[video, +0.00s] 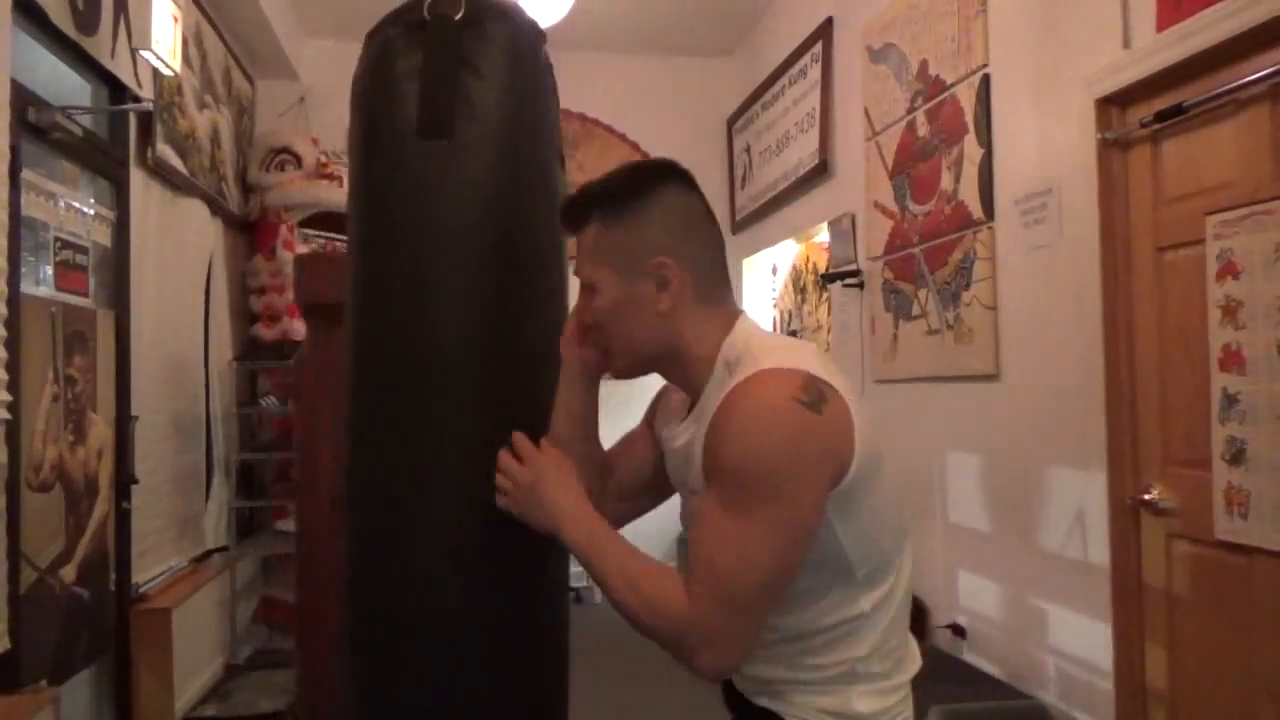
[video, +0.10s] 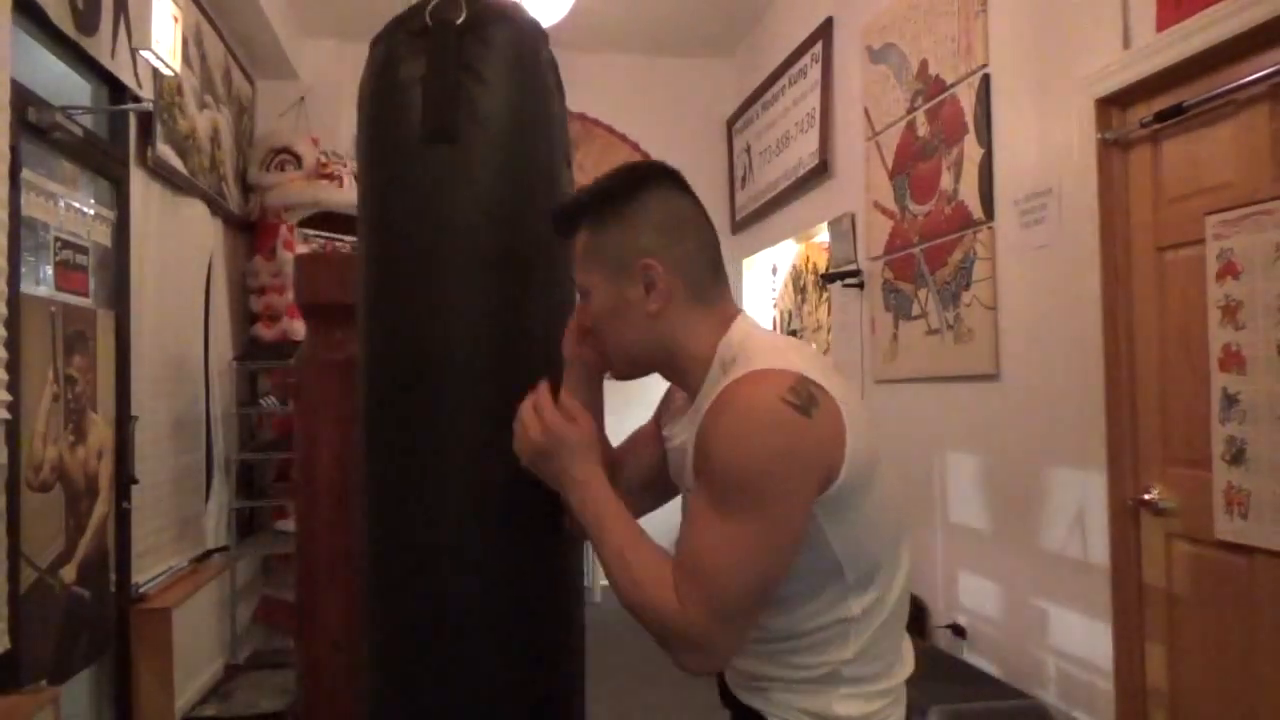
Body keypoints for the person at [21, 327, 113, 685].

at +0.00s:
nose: (70, 391)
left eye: (75, 382)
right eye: (65, 384)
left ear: (90, 384)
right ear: (60, 390)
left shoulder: (105, 432)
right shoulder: (62, 440)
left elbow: (105, 500)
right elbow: (37, 481)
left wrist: (75, 562)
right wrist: (44, 404)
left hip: (104, 554)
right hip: (74, 555)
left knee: (104, 635)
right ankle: (57, 695)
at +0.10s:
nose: (71, 391)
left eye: (76, 382)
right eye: (66, 384)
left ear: (90, 384)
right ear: (61, 390)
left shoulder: (105, 433)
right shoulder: (63, 439)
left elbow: (105, 501)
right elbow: (38, 481)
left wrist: (75, 562)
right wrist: (45, 401)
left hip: (101, 554)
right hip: (72, 554)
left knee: (103, 635)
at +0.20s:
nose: (70, 391)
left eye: (76, 382)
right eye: (65, 383)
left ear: (91, 384)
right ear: (61, 388)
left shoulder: (104, 433)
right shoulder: (64, 438)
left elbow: (105, 501)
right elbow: (37, 481)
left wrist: (75, 563)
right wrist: (45, 401)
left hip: (103, 554)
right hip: (73, 552)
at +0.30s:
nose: (71, 390)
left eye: (77, 381)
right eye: (66, 382)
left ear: (92, 383)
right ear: (61, 386)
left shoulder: (104, 432)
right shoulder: (62, 439)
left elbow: (105, 500)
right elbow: (37, 480)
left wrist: (75, 562)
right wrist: (46, 400)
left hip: (103, 553)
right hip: (74, 553)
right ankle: (55, 692)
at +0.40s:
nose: (70, 390)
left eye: (76, 381)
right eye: (65, 382)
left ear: (92, 383)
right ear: (61, 387)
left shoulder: (105, 432)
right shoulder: (63, 438)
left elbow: (105, 500)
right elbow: (37, 480)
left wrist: (76, 562)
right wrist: (46, 400)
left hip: (103, 553)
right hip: (73, 552)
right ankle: (55, 688)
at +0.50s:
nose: (70, 391)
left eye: (77, 381)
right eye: (65, 382)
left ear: (91, 384)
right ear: (60, 387)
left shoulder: (105, 432)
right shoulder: (62, 438)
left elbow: (104, 501)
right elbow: (37, 479)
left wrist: (75, 562)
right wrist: (46, 401)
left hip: (103, 552)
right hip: (74, 551)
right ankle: (56, 687)